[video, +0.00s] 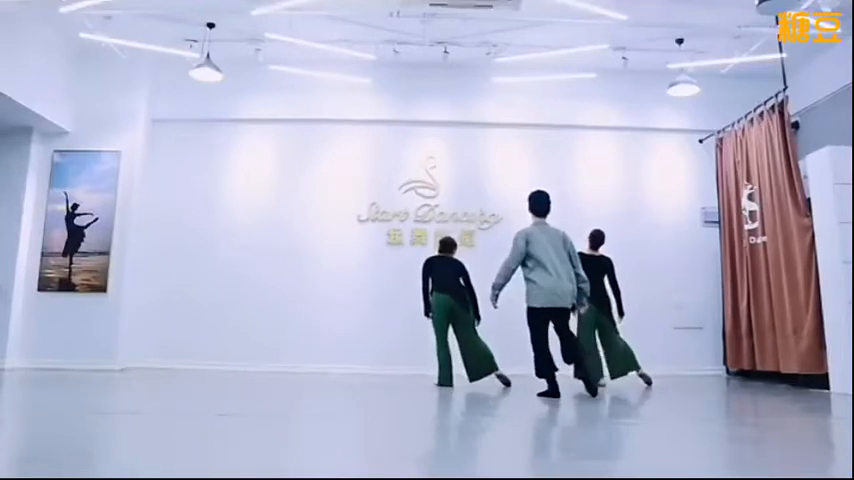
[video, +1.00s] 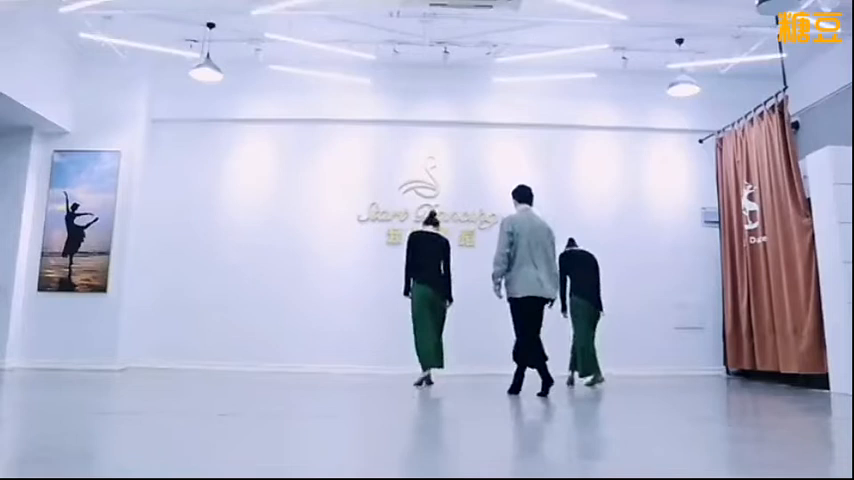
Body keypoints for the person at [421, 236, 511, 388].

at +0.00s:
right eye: (454, 250)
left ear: (439, 248)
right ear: (454, 250)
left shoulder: (430, 262)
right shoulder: (458, 264)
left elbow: (425, 286)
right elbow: (469, 288)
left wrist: (427, 307)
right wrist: (476, 312)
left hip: (439, 299)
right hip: (459, 300)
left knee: (441, 341)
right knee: (472, 337)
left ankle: (445, 379)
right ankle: (495, 370)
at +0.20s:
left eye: (438, 254)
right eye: (445, 255)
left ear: (434, 254)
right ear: (448, 254)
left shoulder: (427, 266)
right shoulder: (455, 267)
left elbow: (422, 292)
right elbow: (466, 292)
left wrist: (422, 314)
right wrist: (471, 315)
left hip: (436, 307)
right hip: (456, 307)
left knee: (439, 343)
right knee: (457, 338)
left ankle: (443, 379)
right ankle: (472, 367)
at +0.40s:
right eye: (444, 258)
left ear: (432, 257)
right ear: (446, 258)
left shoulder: (425, 267)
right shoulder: (454, 269)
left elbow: (421, 292)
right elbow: (461, 295)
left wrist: (419, 315)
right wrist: (465, 318)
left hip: (434, 308)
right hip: (453, 309)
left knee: (436, 345)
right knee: (448, 339)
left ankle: (439, 379)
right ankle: (448, 369)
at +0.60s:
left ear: (430, 247)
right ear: (443, 248)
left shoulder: (422, 258)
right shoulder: (452, 261)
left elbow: (418, 285)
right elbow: (456, 289)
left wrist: (416, 307)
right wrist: (459, 312)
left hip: (430, 303)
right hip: (448, 306)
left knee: (435, 341)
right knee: (439, 341)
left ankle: (445, 376)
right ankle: (430, 373)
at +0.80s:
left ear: (427, 234)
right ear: (440, 236)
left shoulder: (419, 245)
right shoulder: (448, 248)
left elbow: (414, 271)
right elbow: (452, 276)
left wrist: (412, 293)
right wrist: (454, 300)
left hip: (425, 290)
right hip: (444, 293)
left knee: (431, 331)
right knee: (438, 332)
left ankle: (442, 370)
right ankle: (427, 368)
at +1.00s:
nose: (433, 227)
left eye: (428, 223)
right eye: (435, 224)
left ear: (423, 223)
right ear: (438, 225)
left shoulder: (414, 236)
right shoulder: (443, 241)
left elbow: (409, 263)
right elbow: (446, 270)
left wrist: (407, 286)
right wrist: (449, 293)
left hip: (419, 287)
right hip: (438, 289)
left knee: (421, 328)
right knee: (435, 328)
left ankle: (426, 370)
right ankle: (428, 369)